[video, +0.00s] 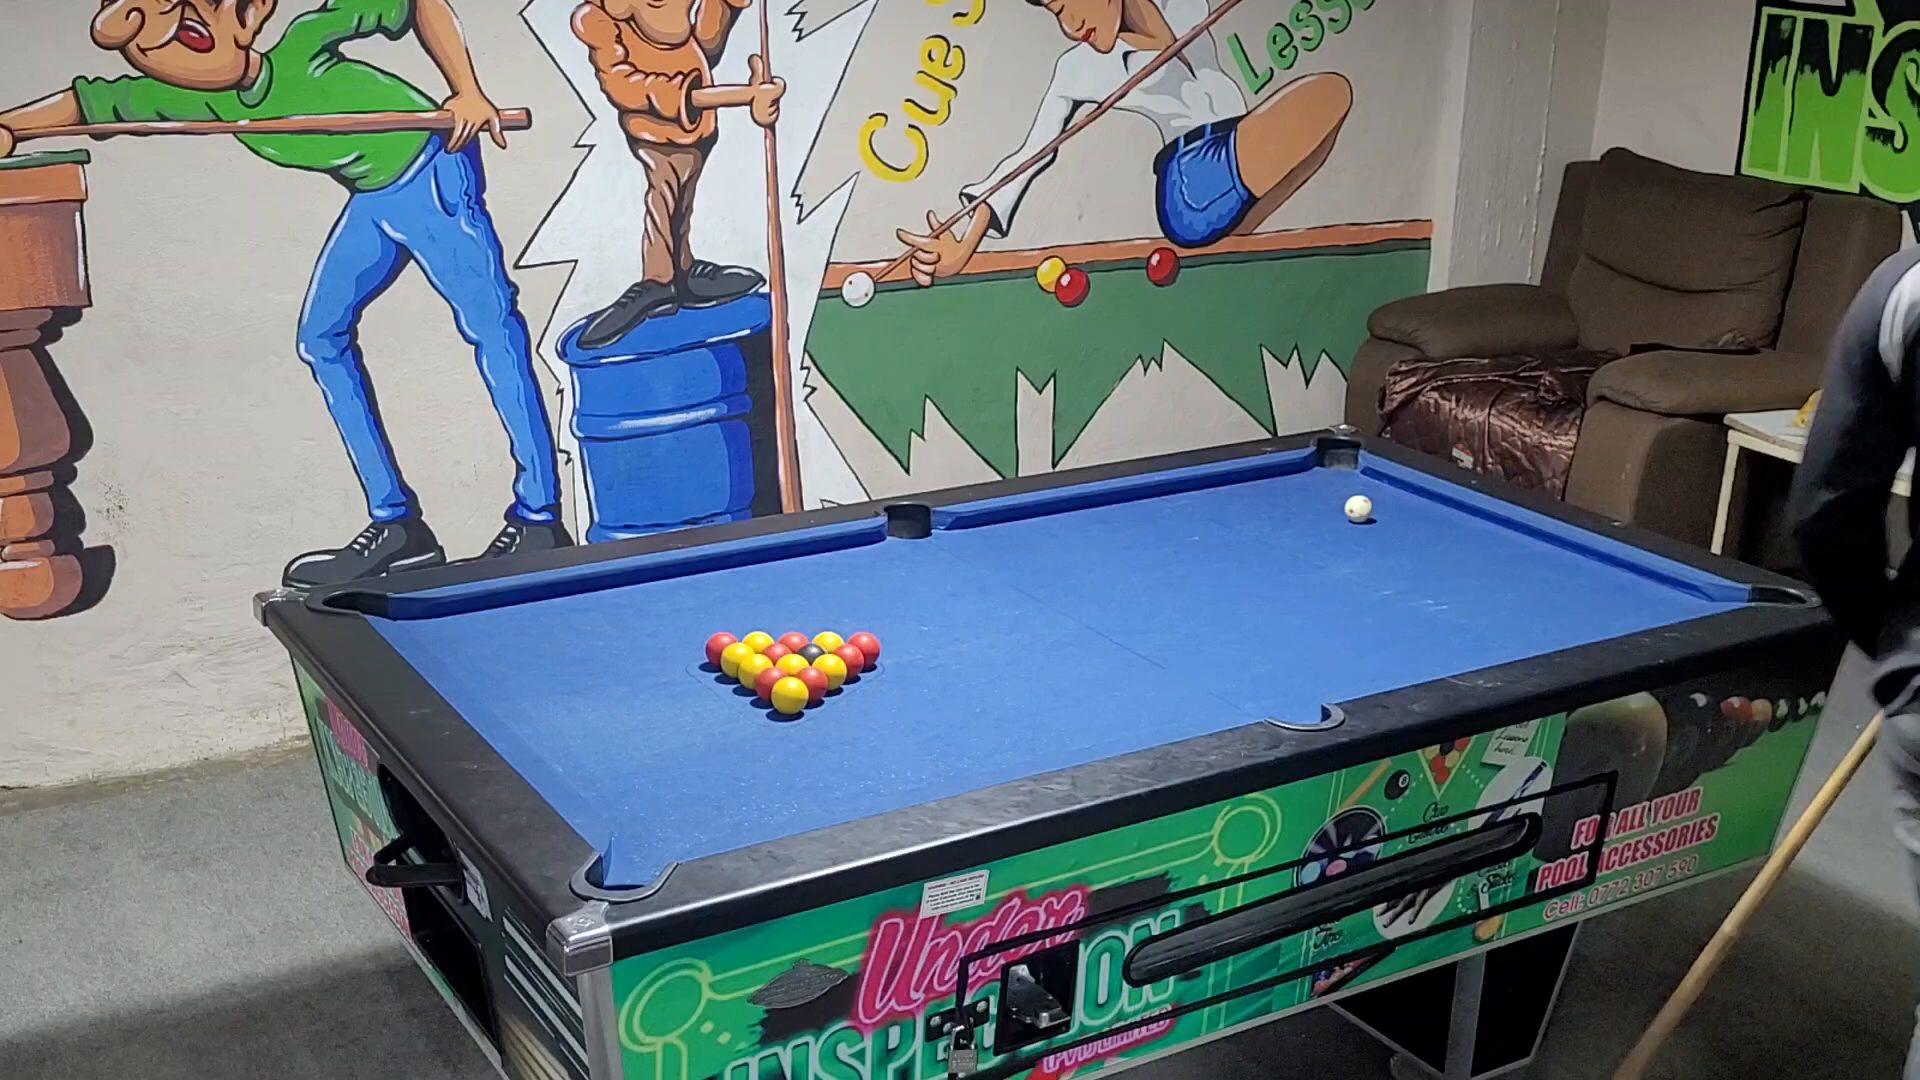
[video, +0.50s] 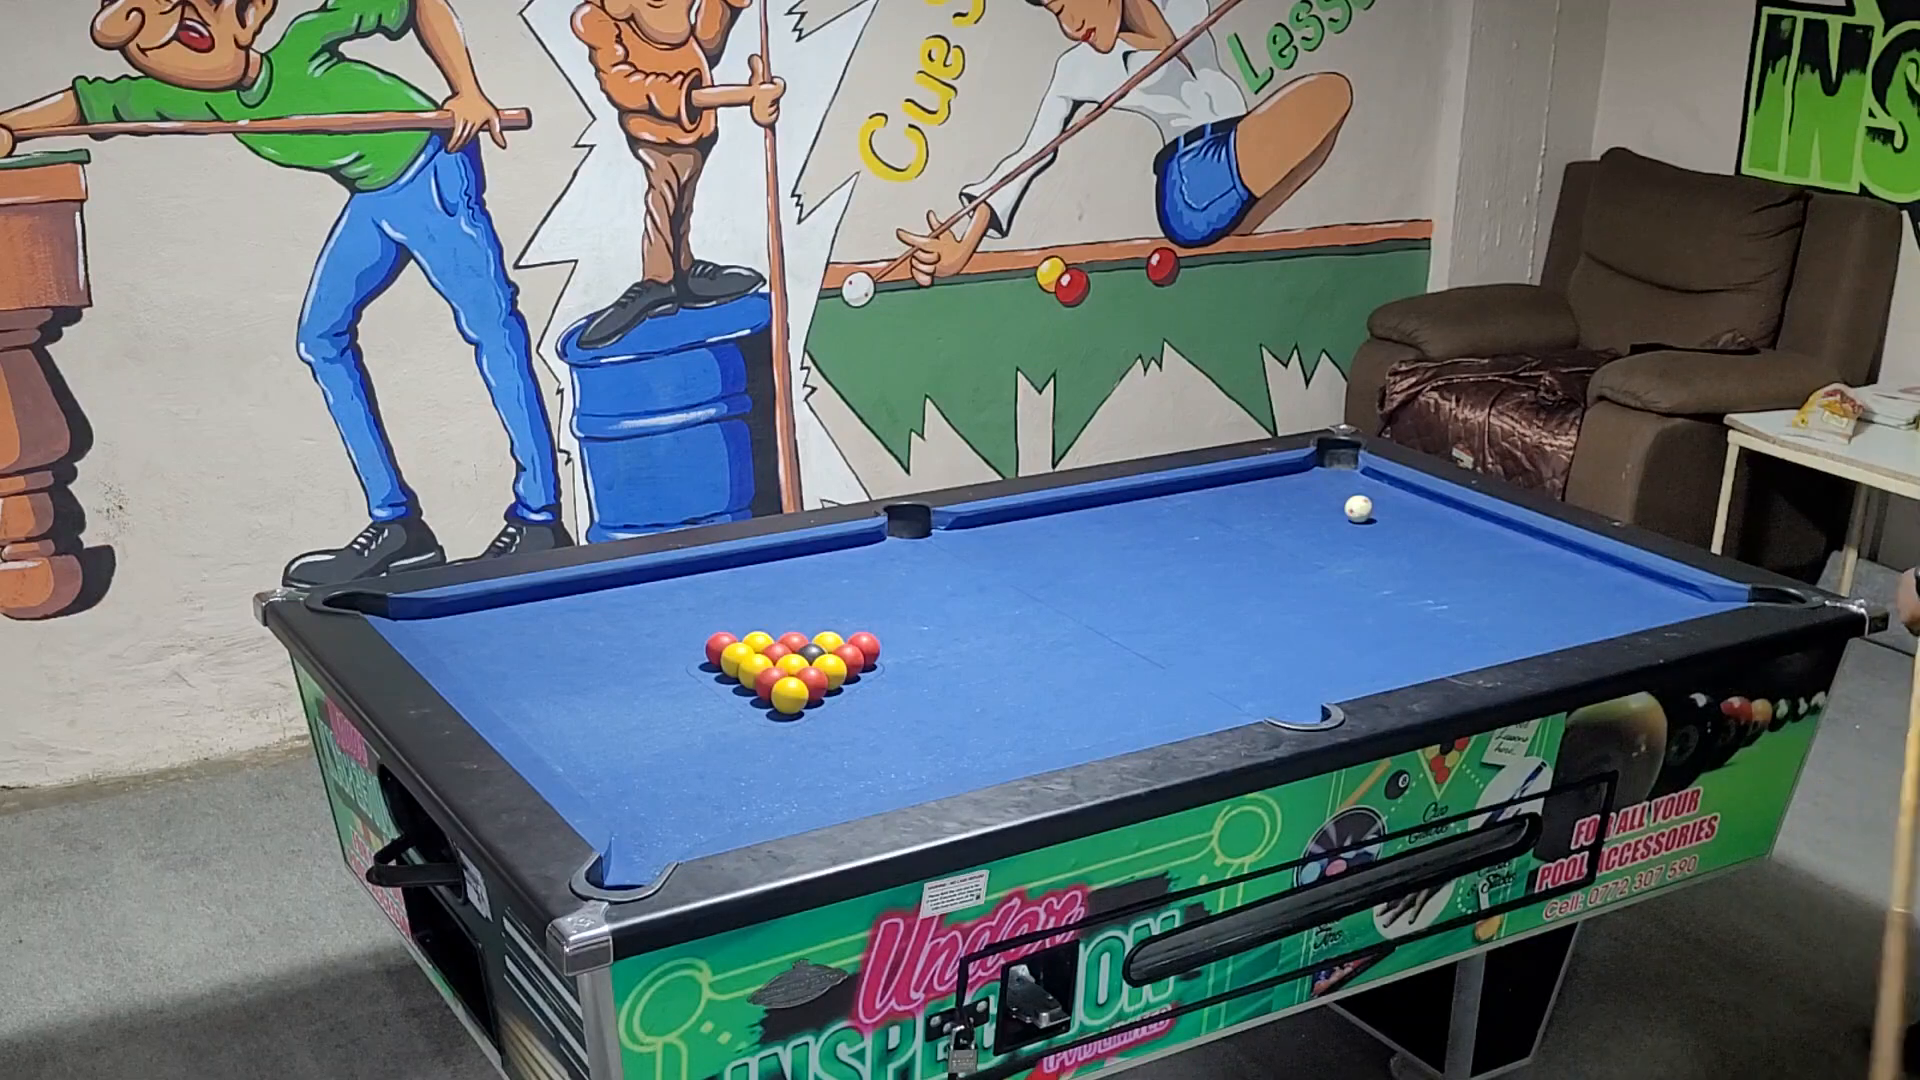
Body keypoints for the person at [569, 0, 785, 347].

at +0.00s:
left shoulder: (699, 6)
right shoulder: (598, 19)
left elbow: (707, 47)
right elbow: (624, 87)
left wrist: (730, 5)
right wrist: (746, 95)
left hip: (694, 89)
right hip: (644, 103)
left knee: (688, 173)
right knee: (665, 173)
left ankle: (682, 269)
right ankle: (657, 280)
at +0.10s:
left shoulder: (699, 6)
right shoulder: (598, 19)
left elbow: (707, 47)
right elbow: (624, 87)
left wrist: (730, 5)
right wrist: (746, 95)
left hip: (694, 88)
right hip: (644, 103)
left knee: (688, 173)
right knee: (666, 173)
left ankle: (682, 269)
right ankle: (657, 280)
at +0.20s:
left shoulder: (700, 6)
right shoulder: (598, 19)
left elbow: (707, 47)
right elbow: (624, 87)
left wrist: (730, 5)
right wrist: (746, 95)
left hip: (694, 89)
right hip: (645, 103)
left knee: (688, 173)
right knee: (666, 173)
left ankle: (682, 268)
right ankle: (657, 280)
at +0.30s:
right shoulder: (598, 20)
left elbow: (707, 47)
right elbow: (624, 87)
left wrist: (730, 5)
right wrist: (746, 95)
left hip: (694, 89)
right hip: (645, 103)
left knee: (688, 173)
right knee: (666, 173)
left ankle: (682, 268)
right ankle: (657, 280)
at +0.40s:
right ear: (617, 5)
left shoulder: (699, 6)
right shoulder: (598, 20)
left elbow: (707, 47)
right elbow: (624, 87)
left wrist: (730, 5)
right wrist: (746, 95)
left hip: (694, 88)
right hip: (645, 103)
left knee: (688, 173)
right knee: (666, 173)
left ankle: (682, 268)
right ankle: (657, 280)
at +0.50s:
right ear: (617, 5)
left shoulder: (699, 6)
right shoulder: (598, 20)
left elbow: (707, 47)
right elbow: (624, 88)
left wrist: (730, 5)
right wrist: (746, 95)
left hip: (694, 89)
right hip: (645, 103)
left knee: (688, 173)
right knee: (666, 173)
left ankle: (682, 268)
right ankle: (657, 279)